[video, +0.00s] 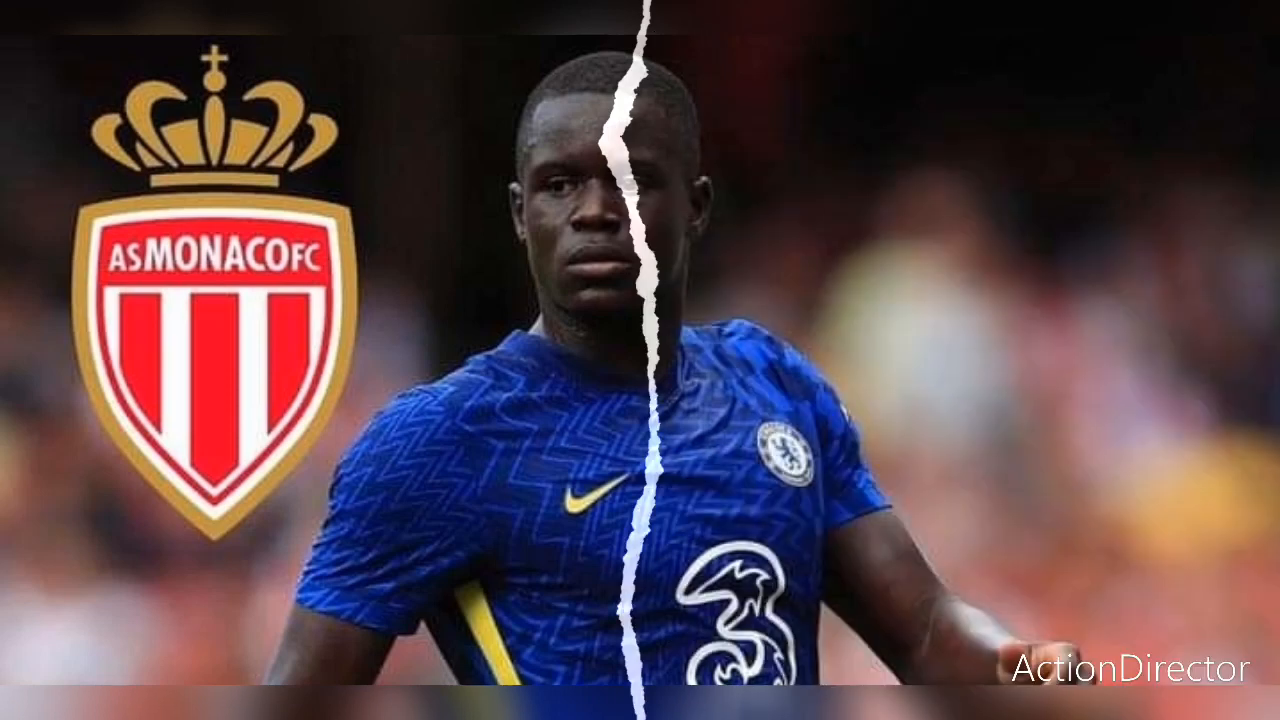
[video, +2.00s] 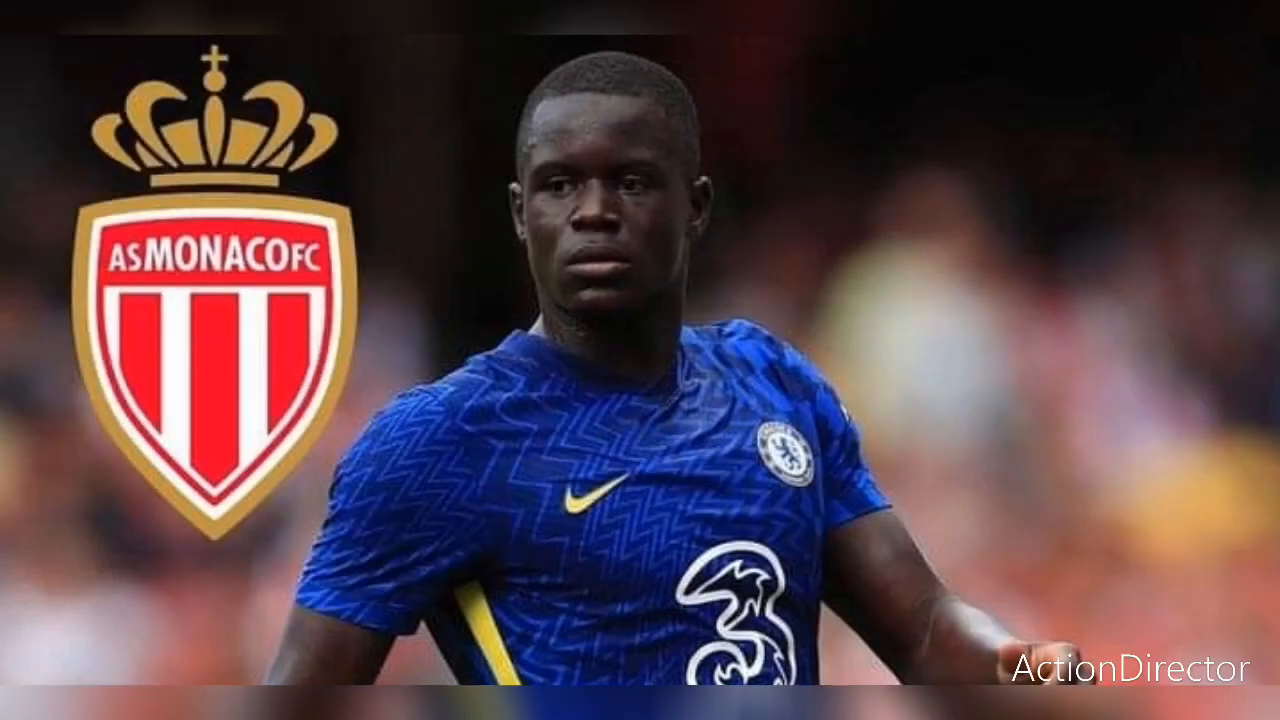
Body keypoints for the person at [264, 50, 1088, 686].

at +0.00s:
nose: (600, 209)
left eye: (636, 177)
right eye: (562, 180)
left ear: (698, 206)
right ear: (521, 213)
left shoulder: (773, 388)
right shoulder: (431, 444)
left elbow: (920, 625)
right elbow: (301, 691)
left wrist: (1019, 673)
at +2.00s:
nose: (596, 210)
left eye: (633, 178)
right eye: (560, 181)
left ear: (696, 207)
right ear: (522, 215)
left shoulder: (770, 385)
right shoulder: (434, 444)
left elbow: (921, 625)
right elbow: (301, 691)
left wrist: (1017, 673)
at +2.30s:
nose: (644, 218)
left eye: (680, 190)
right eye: (612, 193)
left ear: (739, 219)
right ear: (577, 223)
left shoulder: (807, 382)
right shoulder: (492, 439)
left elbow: (950, 608)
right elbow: (366, 682)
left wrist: (1045, 656)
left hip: (818, 705)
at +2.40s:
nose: (741, 225)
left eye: (774, 197)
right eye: (708, 199)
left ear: (831, 224)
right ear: (674, 228)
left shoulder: (897, 383)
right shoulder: (594, 437)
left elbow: (1032, 597)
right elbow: (474, 663)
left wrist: (1116, 641)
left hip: (906, 683)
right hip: (736, 697)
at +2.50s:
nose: (922, 234)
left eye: (954, 206)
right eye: (893, 209)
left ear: (1010, 232)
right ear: (857, 239)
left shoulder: (1072, 382)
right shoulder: (786, 431)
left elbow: (1204, 586)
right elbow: (668, 655)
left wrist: (1273, 628)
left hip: (1092, 691)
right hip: (904, 690)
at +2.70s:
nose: (676, 248)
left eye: (705, 224)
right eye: (648, 226)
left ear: (753, 245)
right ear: (613, 249)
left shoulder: (806, 381)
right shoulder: (554, 423)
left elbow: (927, 565)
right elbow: (437, 630)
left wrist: (992, 603)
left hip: (820, 696)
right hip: (672, 698)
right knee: (645, 700)